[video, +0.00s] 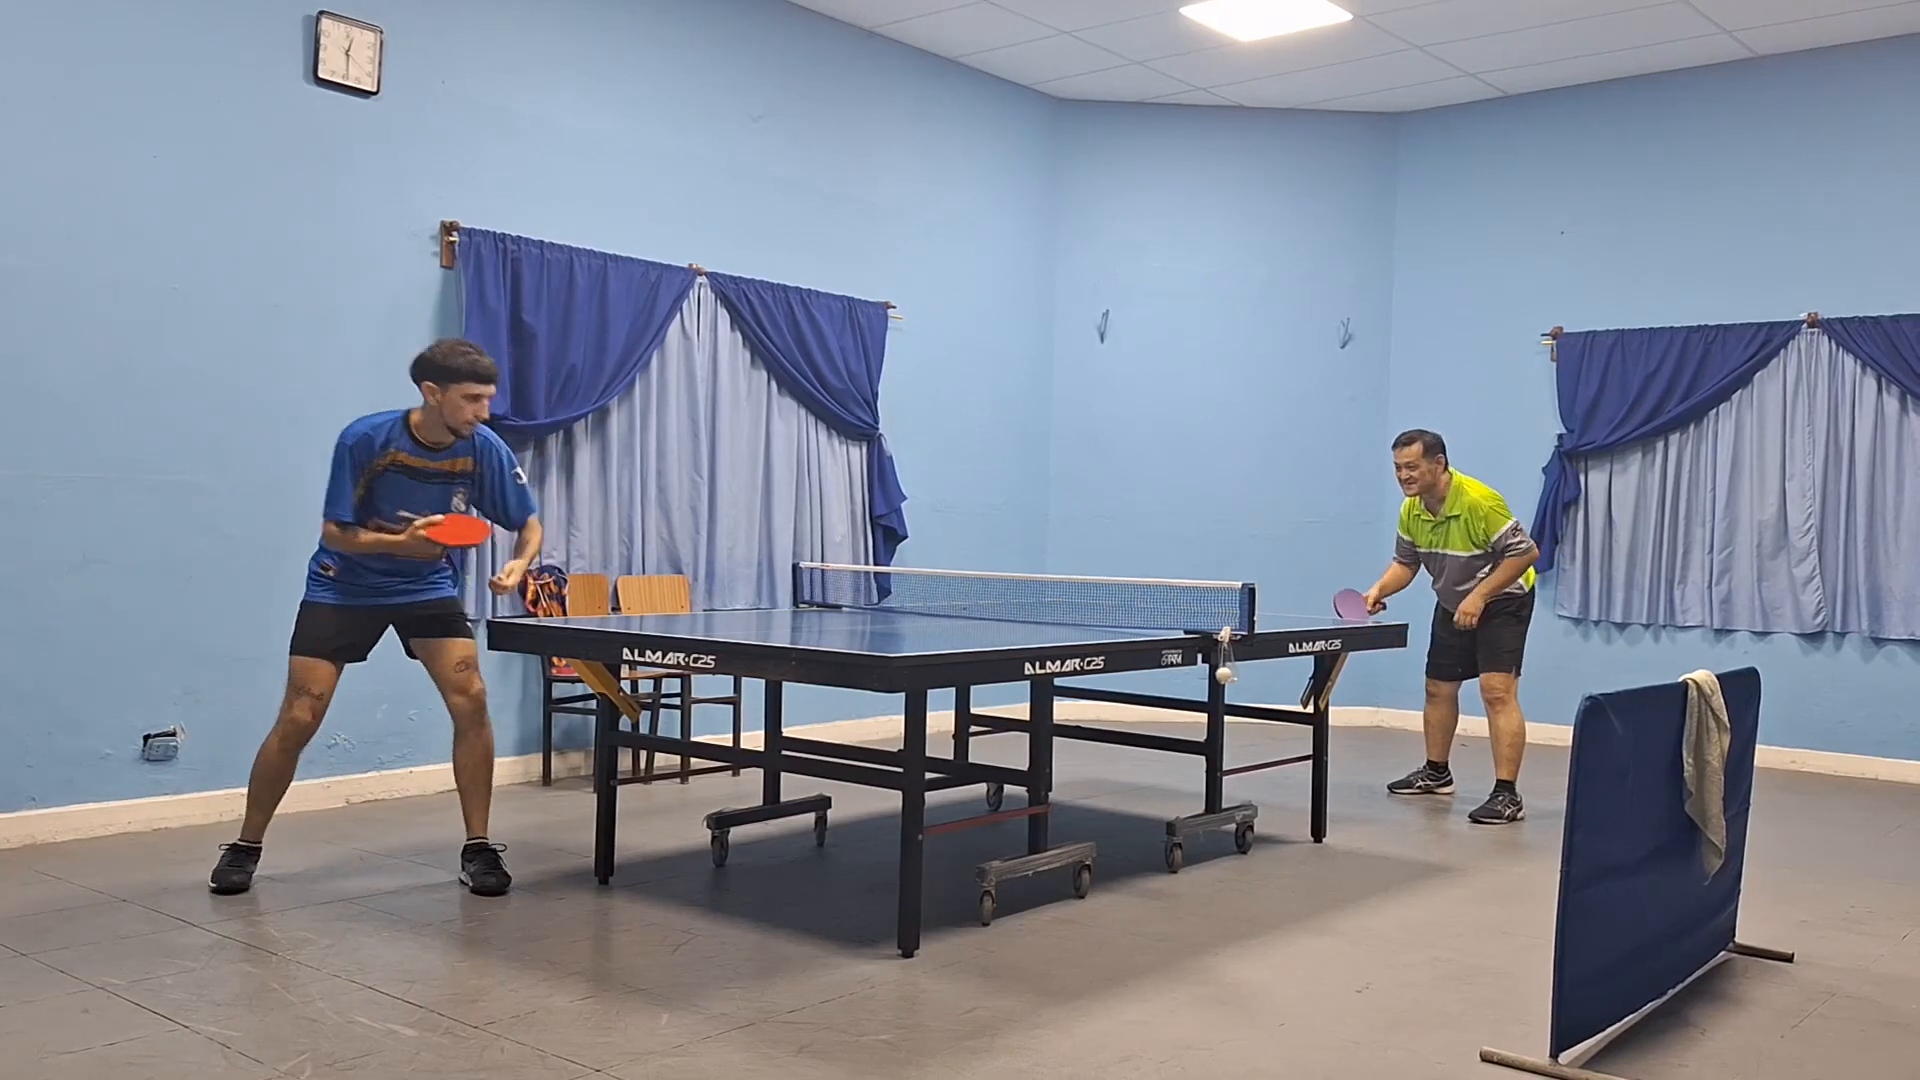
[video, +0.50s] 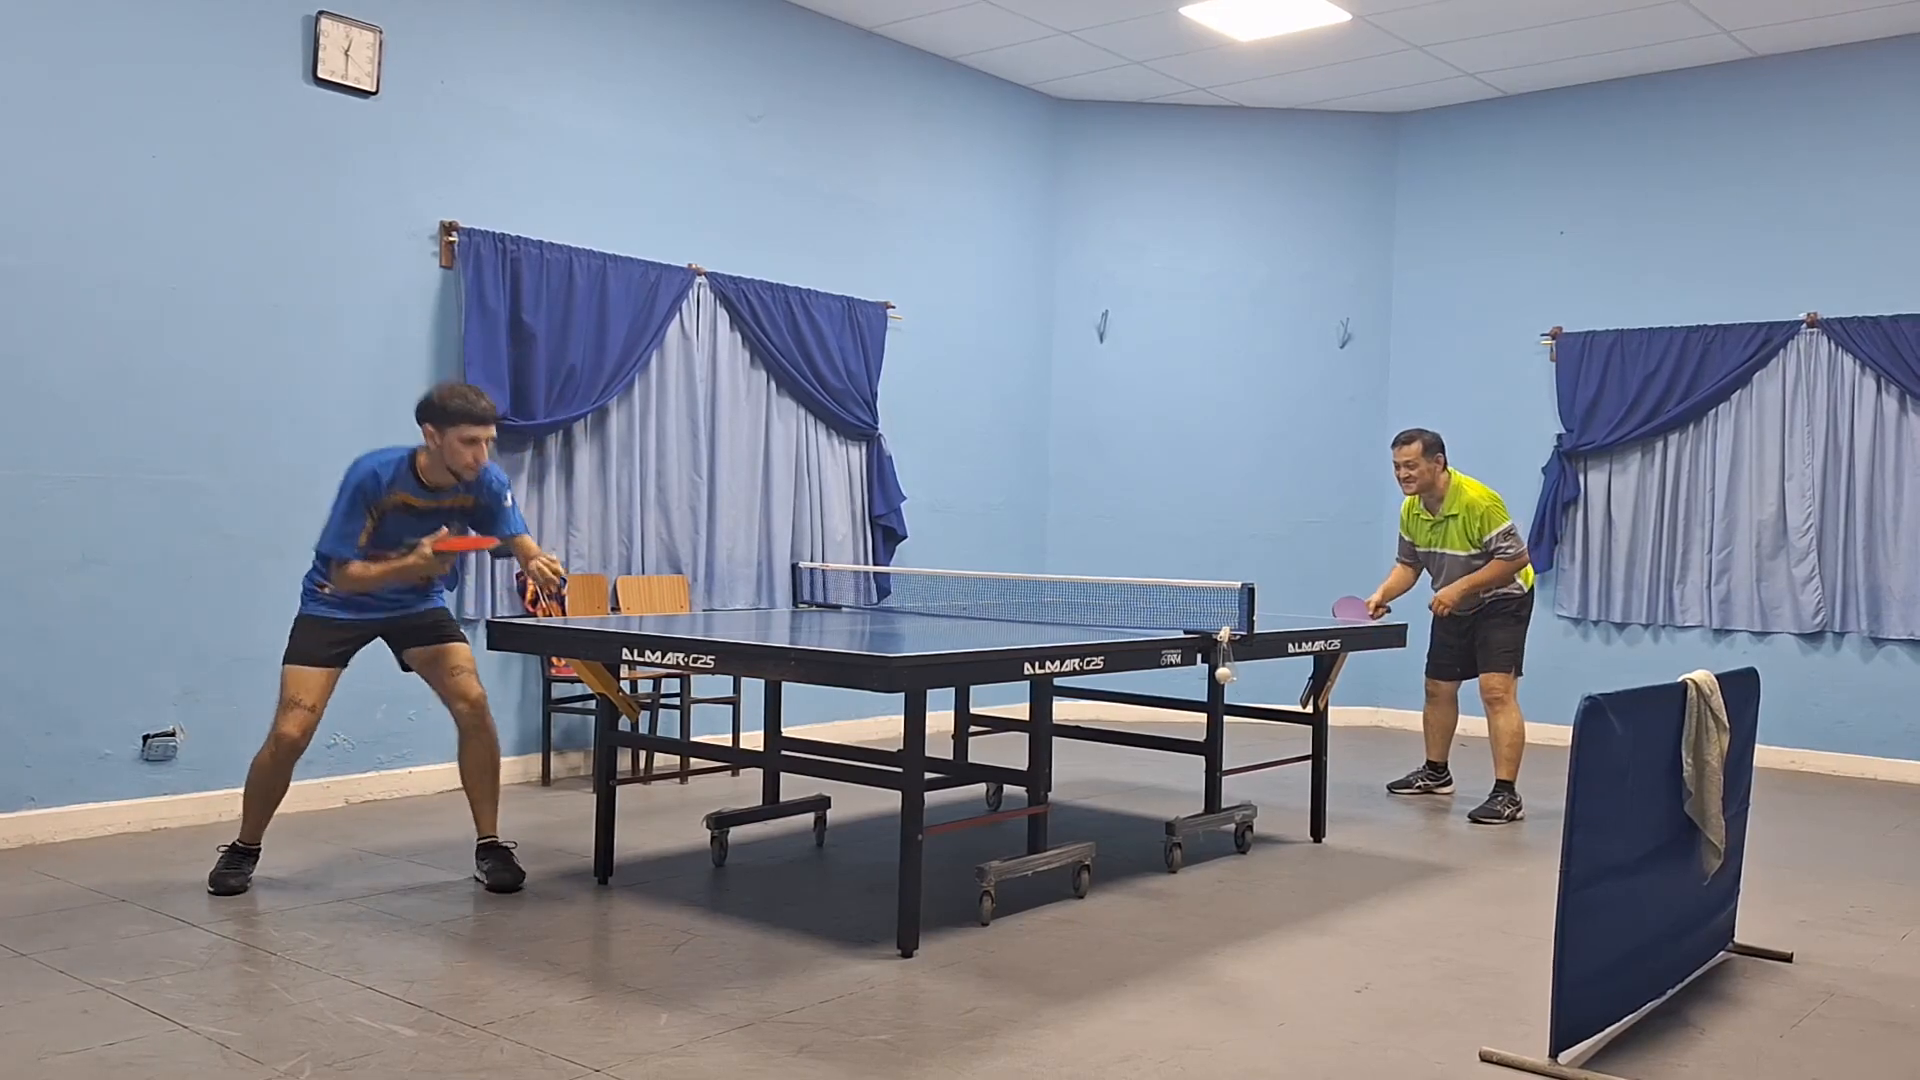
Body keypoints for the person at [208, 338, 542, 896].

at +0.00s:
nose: (483, 412)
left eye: (488, 400)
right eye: (472, 400)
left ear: (489, 397)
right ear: (432, 393)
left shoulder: (485, 451)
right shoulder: (363, 440)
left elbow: (531, 525)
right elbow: (334, 532)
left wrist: (521, 562)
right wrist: (395, 545)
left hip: (428, 586)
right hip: (343, 585)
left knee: (470, 695)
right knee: (300, 717)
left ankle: (478, 846)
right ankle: (246, 846)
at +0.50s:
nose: (481, 457)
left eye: (487, 443)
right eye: (470, 443)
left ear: (493, 439)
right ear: (433, 437)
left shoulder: (486, 485)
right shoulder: (372, 476)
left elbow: (525, 550)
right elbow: (340, 574)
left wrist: (537, 563)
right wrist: (412, 566)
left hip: (416, 606)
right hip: (335, 607)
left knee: (473, 701)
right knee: (290, 733)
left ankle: (491, 846)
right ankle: (243, 849)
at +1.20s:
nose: (522, 560)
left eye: (526, 550)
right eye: (511, 550)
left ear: (528, 545)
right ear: (470, 541)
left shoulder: (512, 563)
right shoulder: (405, 565)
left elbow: (557, 601)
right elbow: (390, 668)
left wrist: (588, 612)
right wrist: (467, 653)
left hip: (434, 665)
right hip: (359, 665)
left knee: (517, 715)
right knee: (287, 785)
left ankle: (492, 851)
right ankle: (253, 850)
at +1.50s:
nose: (507, 540)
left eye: (512, 528)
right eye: (496, 528)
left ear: (511, 526)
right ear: (455, 522)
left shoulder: (499, 556)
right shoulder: (391, 553)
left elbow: (542, 594)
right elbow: (368, 650)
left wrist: (574, 612)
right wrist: (445, 646)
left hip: (428, 660)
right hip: (351, 661)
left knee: (511, 716)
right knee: (282, 785)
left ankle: (490, 851)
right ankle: (251, 853)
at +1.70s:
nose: (478, 477)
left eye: (482, 465)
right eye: (465, 467)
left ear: (487, 466)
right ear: (425, 471)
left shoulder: (479, 507)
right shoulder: (369, 515)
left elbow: (515, 540)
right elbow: (358, 611)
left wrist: (560, 542)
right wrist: (428, 604)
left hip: (423, 640)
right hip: (345, 640)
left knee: (504, 713)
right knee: (282, 767)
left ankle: (488, 850)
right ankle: (247, 851)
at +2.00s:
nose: (396, 385)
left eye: (398, 375)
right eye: (379, 378)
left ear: (405, 385)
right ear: (345, 398)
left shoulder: (431, 433)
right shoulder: (314, 455)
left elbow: (509, 428)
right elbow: (278, 556)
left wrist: (548, 380)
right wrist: (298, 516)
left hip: (408, 604)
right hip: (324, 609)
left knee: (474, 708)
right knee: (268, 747)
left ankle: (487, 849)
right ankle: (243, 849)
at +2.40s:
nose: (387, 386)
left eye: (384, 376)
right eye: (371, 381)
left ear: (382, 390)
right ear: (334, 403)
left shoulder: (402, 451)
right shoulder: (284, 445)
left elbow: (456, 501)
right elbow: (185, 476)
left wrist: (538, 503)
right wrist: (122, 416)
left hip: (347, 596)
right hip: (266, 600)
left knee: (447, 672)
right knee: (235, 747)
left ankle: (382, 786)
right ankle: (242, 851)